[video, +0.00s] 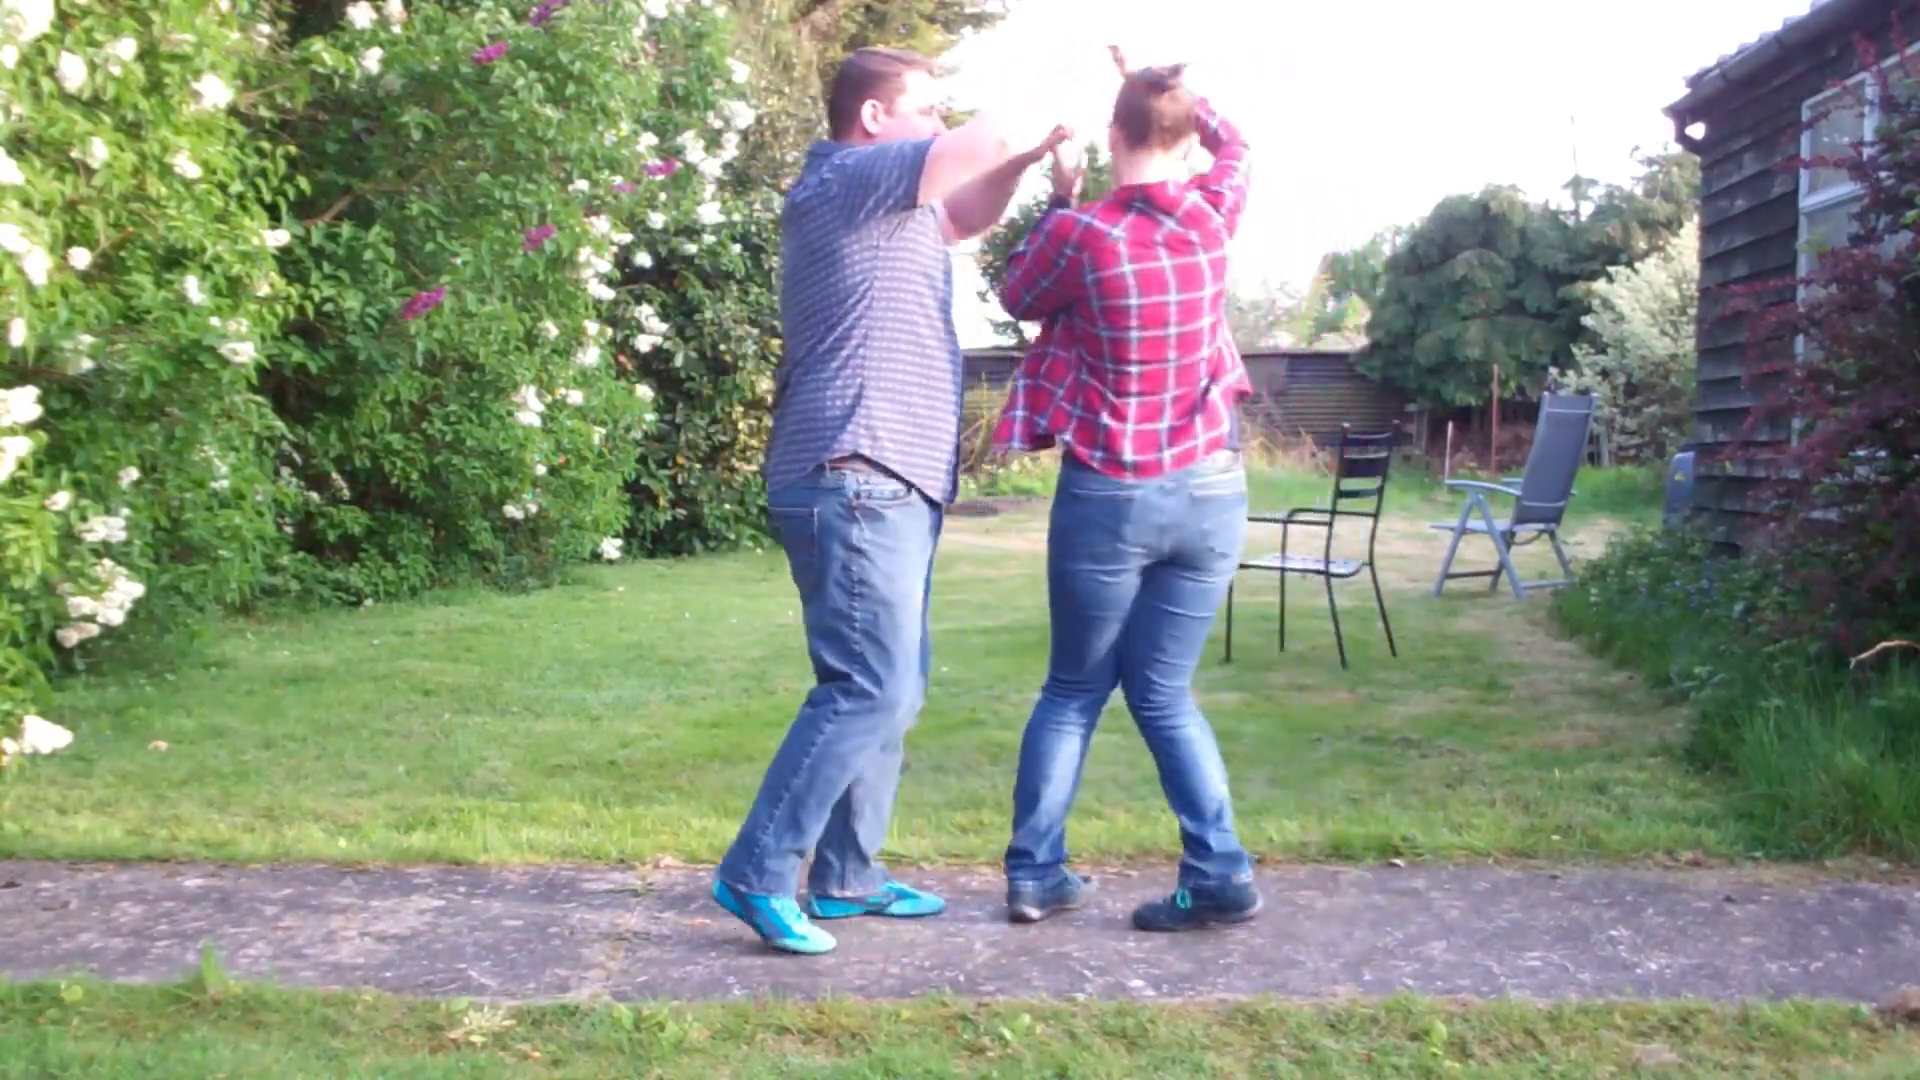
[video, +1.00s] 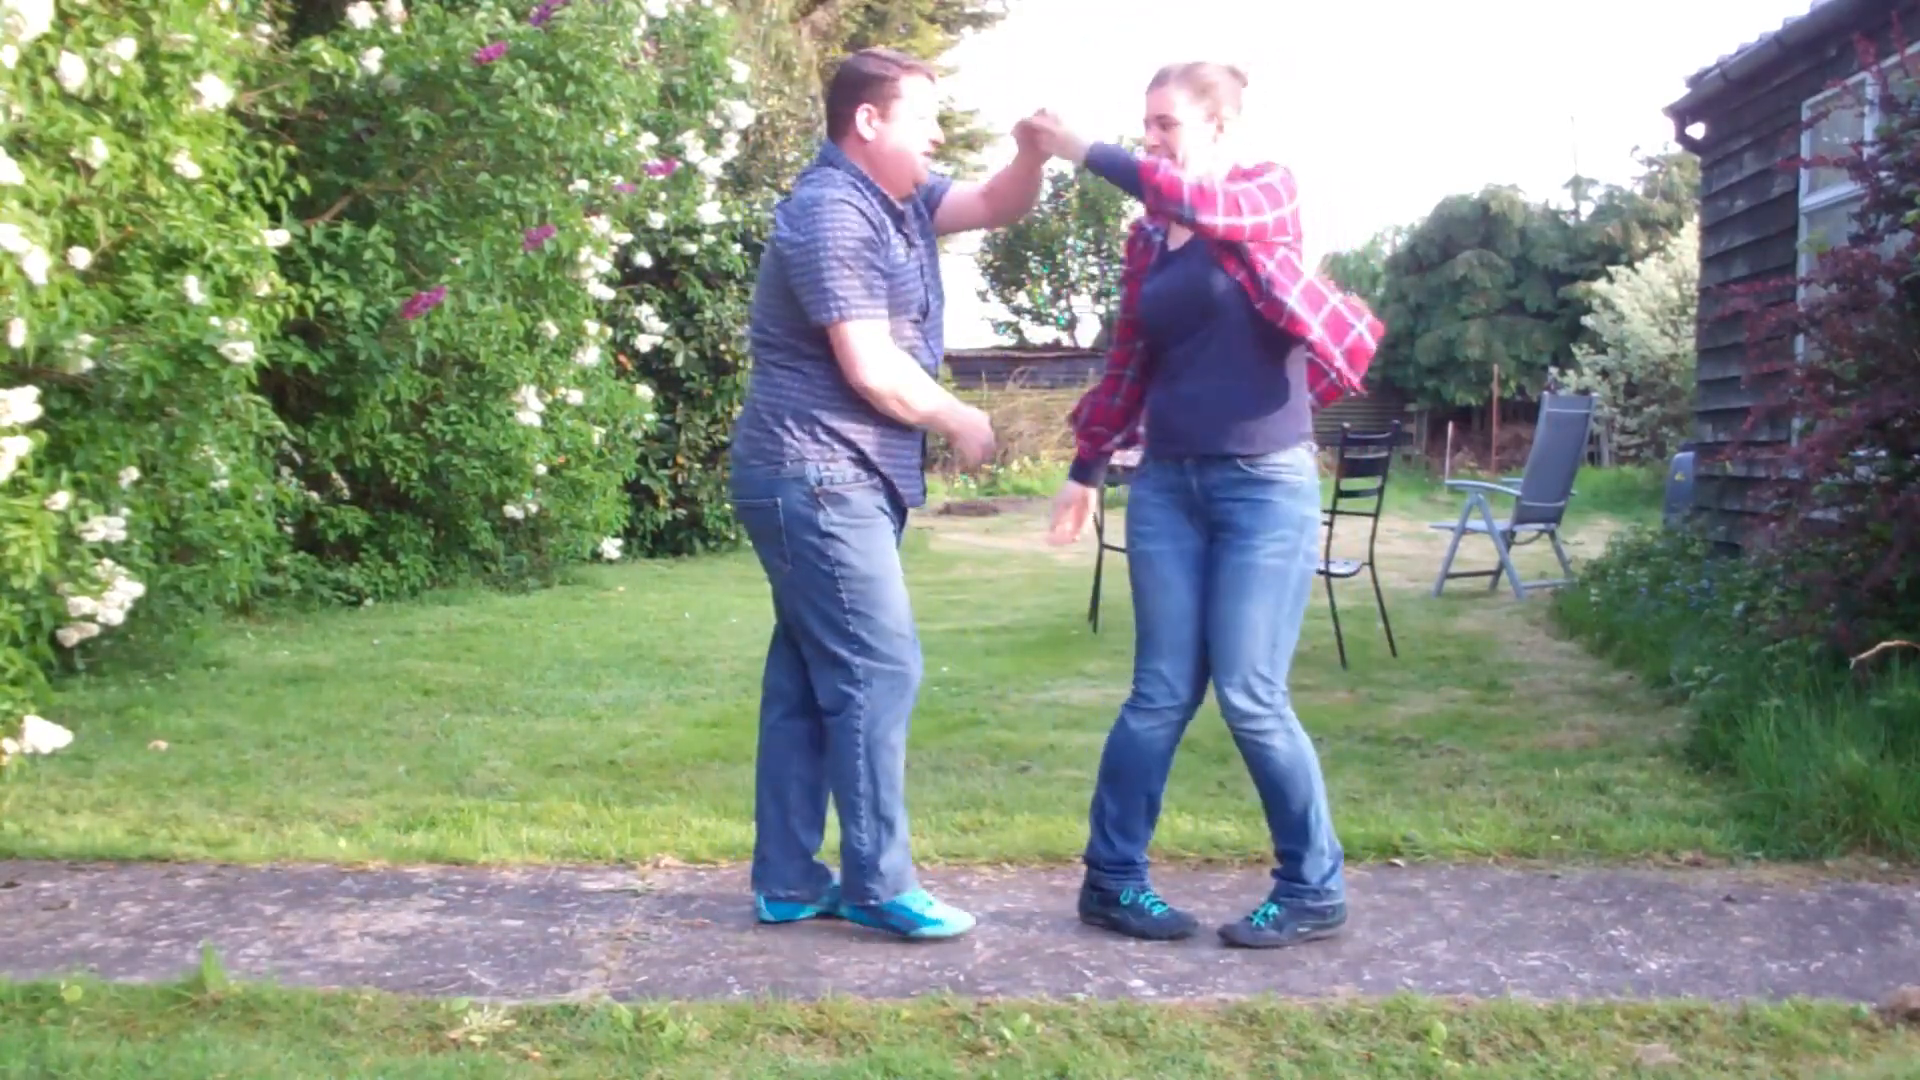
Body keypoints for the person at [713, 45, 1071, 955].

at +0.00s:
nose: (939, 124)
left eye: (937, 110)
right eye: (925, 110)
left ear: (871, 115)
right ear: (874, 114)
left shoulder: (887, 195)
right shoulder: (840, 179)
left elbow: (961, 215)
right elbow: (971, 146)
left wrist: (1027, 159)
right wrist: (1028, 126)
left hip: (895, 480)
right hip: (854, 476)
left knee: (892, 688)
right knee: (871, 689)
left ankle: (845, 873)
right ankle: (757, 871)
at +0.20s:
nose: (927, 118)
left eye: (927, 106)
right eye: (914, 104)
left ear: (870, 114)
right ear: (863, 111)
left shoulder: (888, 196)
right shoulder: (820, 173)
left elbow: (971, 179)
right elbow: (944, 129)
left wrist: (1038, 115)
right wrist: (993, 93)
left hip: (881, 496)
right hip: (818, 485)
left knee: (885, 687)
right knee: (822, 694)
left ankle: (846, 874)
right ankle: (741, 891)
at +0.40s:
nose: (921, 121)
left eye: (923, 107)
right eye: (907, 105)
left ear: (903, 123)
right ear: (851, 106)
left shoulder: (893, 200)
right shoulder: (800, 172)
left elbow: (976, 146)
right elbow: (924, 111)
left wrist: (1052, 66)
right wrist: (994, 46)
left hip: (869, 502)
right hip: (797, 491)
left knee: (872, 684)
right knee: (805, 694)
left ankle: (820, 869)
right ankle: (739, 895)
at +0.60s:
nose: (919, 132)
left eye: (921, 120)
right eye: (908, 116)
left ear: (874, 118)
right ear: (851, 113)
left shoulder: (891, 192)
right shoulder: (787, 184)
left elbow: (982, 133)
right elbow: (887, 167)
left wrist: (1043, 64)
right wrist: (997, 74)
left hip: (869, 488)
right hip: (799, 483)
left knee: (849, 690)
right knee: (815, 687)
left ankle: (803, 871)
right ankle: (744, 886)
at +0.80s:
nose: (923, 134)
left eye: (924, 119)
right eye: (911, 118)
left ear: (873, 124)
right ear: (855, 121)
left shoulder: (891, 189)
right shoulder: (800, 206)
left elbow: (985, 144)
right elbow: (830, 321)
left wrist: (1031, 64)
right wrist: (953, 326)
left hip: (858, 474)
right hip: (801, 471)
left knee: (806, 668)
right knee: (877, 659)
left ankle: (787, 857)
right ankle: (790, 864)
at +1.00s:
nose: (936, 143)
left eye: (935, 126)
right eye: (923, 124)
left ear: (875, 123)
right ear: (867, 123)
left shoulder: (897, 196)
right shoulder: (831, 209)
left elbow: (994, 204)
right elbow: (869, 365)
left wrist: (1033, 153)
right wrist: (957, 419)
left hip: (852, 470)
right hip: (811, 470)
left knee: (805, 679)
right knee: (880, 666)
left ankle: (788, 879)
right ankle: (880, 883)